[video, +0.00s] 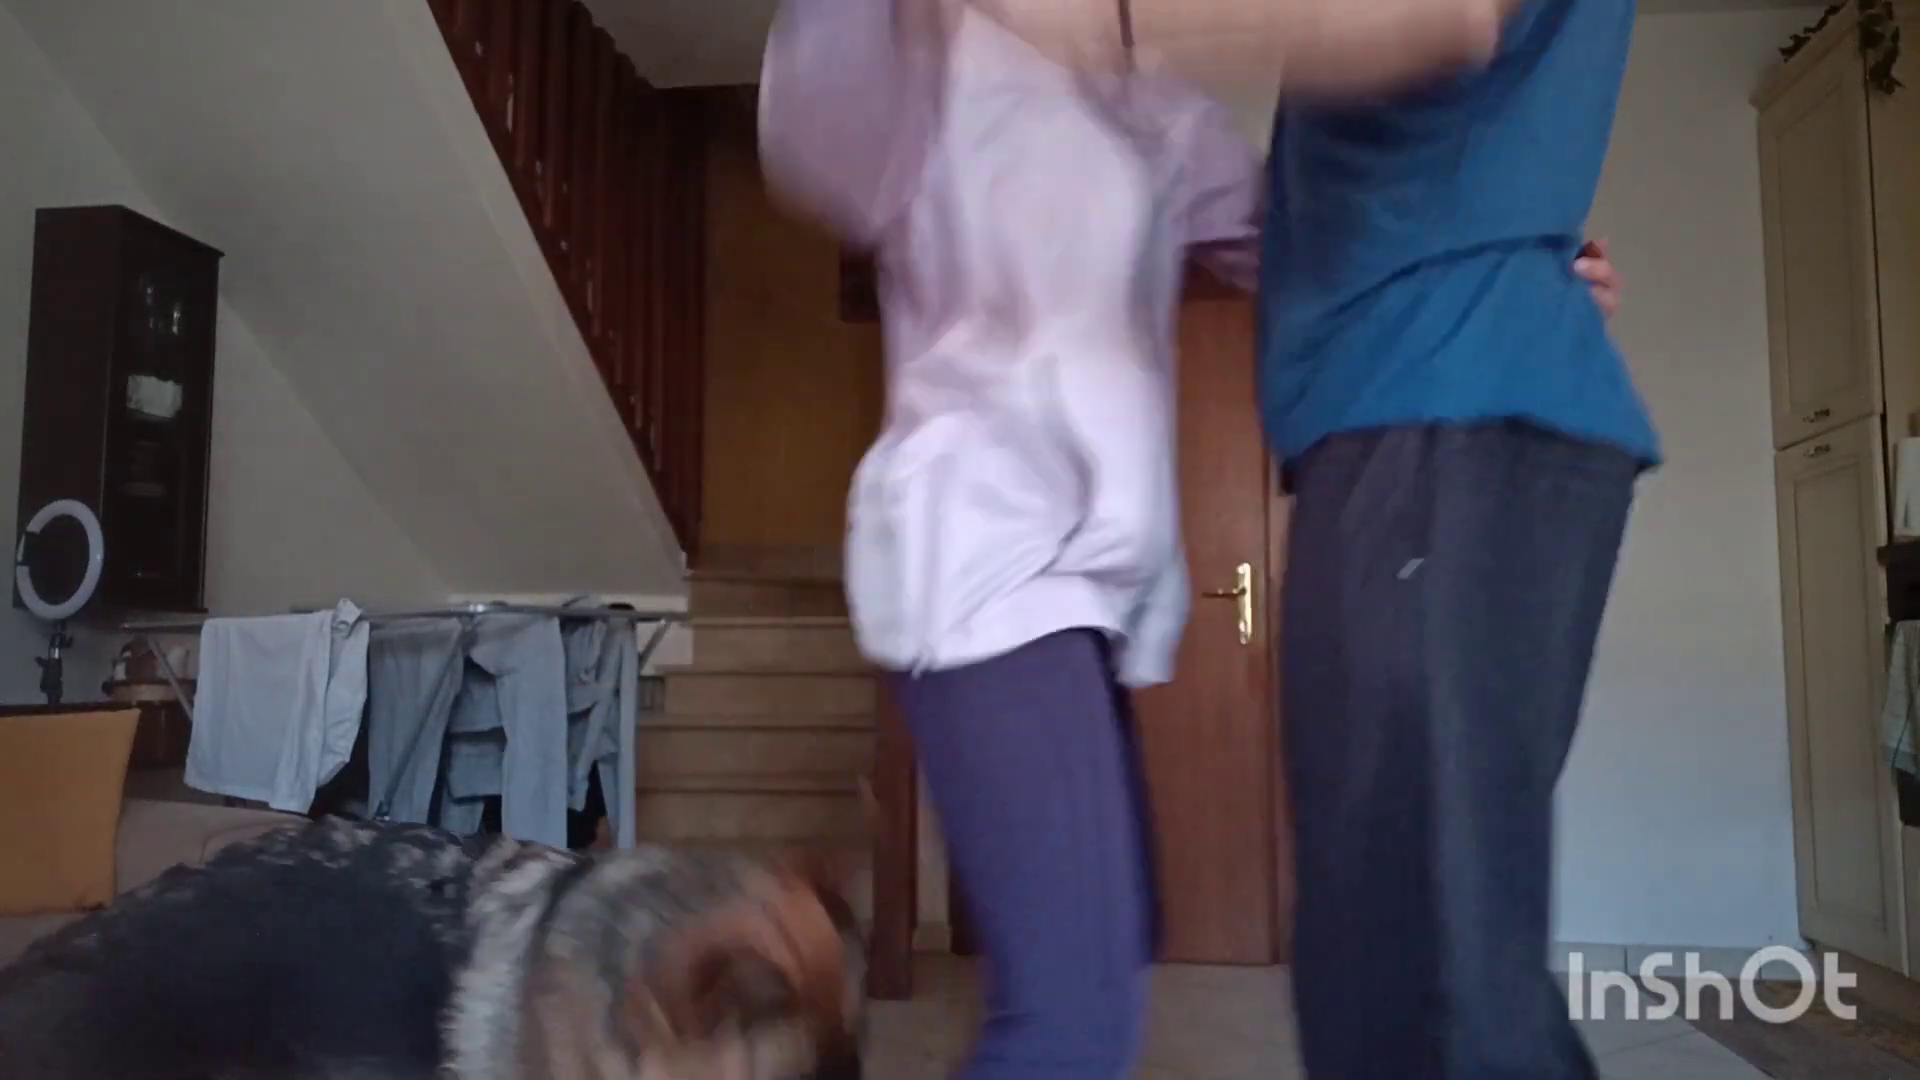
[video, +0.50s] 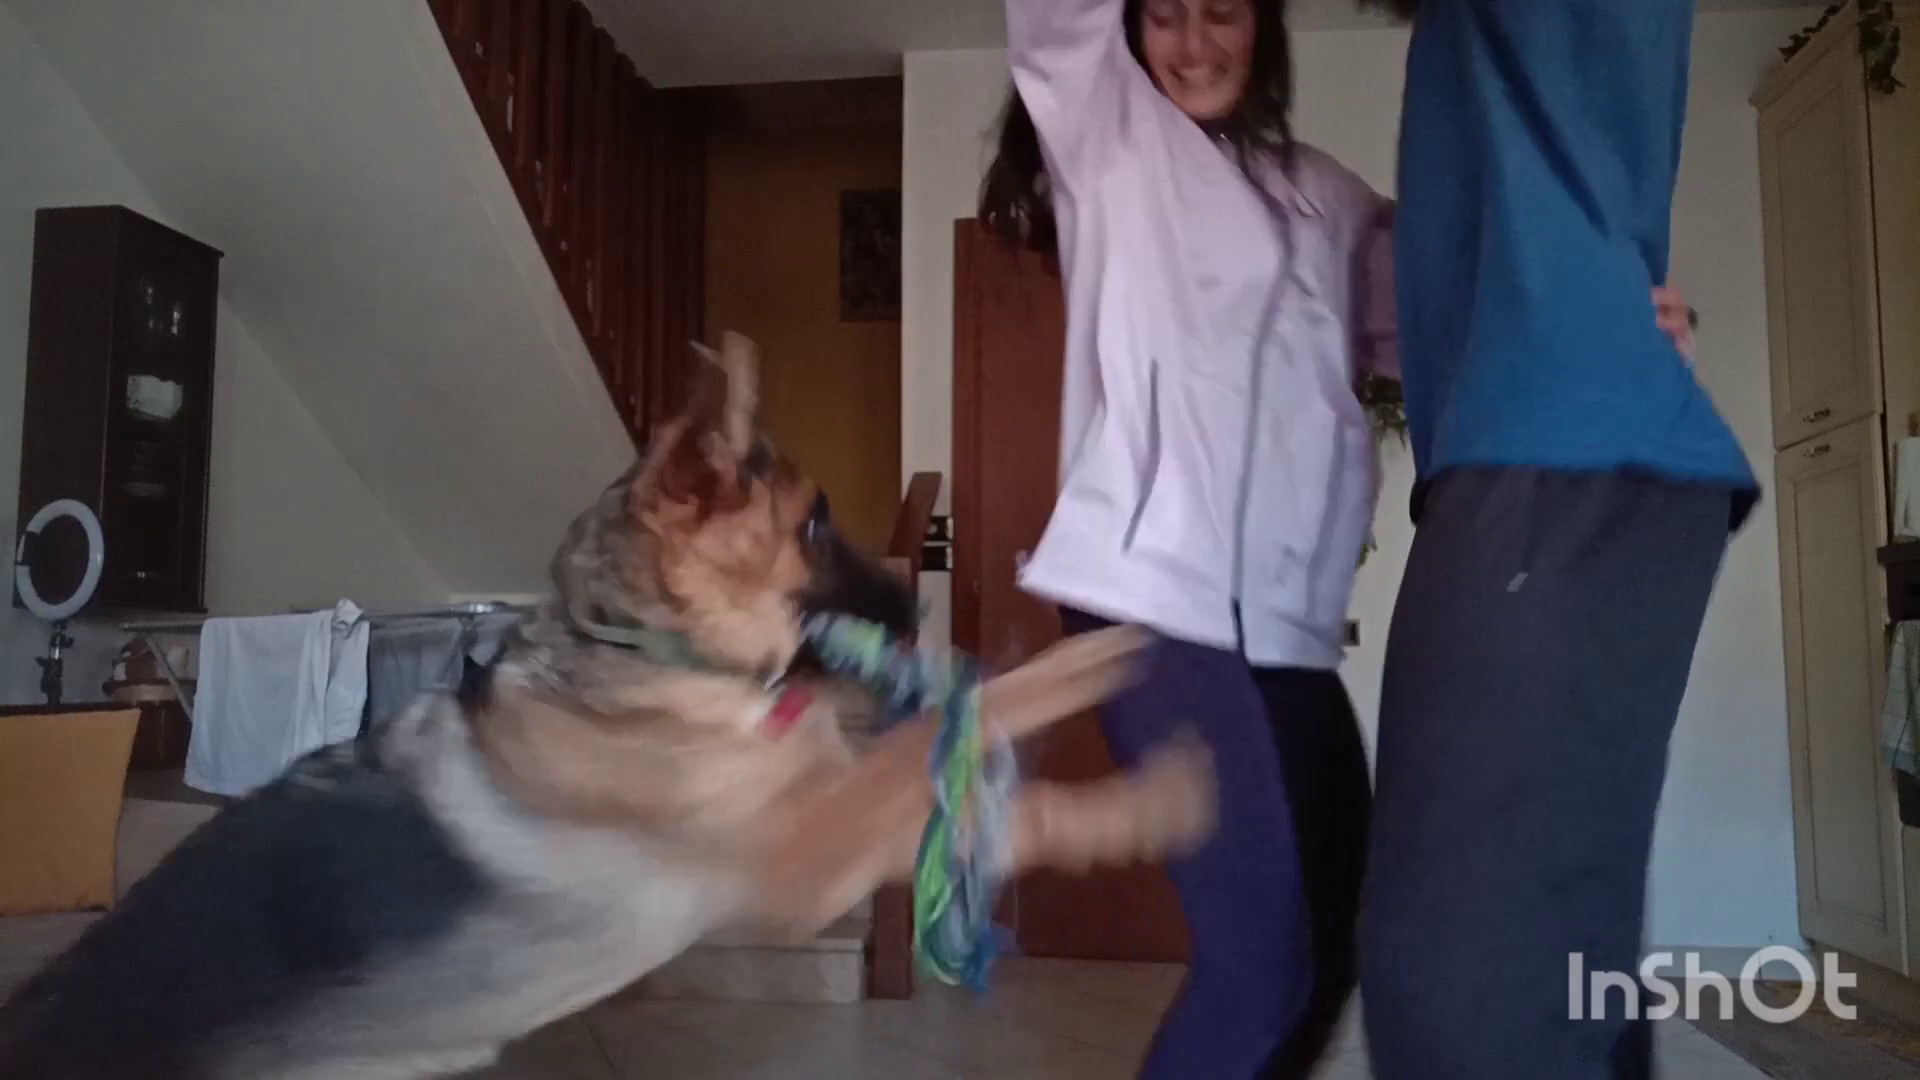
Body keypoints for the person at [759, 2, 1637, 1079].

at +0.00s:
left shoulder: (1151, 96)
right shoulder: (925, 43)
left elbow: (1308, 253)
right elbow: (826, 178)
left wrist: (1527, 269)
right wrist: (876, 2)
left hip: (1091, 568)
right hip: (974, 551)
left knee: (1104, 966)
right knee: (1070, 1006)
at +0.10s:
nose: (1123, 4)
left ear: (1158, 14)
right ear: (1035, 1)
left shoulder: (1205, 181)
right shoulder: (986, 98)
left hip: (1116, 673)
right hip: (1008, 670)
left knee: (1203, 961)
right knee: (1155, 1053)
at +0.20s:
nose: (1132, 81)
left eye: (1157, 44)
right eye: (1092, 50)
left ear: (1199, 62)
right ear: (1045, 70)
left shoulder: (1253, 270)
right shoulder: (1039, 205)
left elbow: (1406, 355)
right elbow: (975, 9)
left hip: (1152, 738)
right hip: (1046, 736)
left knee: (1278, 988)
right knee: (1201, 1058)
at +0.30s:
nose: (1161, 91)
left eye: (1190, 58)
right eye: (1129, 61)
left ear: (1226, 70)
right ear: (1088, 74)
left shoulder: (1277, 263)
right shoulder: (1082, 190)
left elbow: (1432, 362)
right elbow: (1039, 32)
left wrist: (1620, 339)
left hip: (1220, 705)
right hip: (1105, 684)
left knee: (1300, 986)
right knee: (1188, 1045)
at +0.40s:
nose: (1174, 57)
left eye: (1202, 26)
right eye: (1143, 29)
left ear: (1238, 37)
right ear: (1105, 42)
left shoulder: (1291, 216)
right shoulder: (1088, 154)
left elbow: (1434, 346)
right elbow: (1047, 21)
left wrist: (1599, 339)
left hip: (1251, 650)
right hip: (1127, 633)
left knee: (1300, 951)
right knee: (1212, 971)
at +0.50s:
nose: (1196, 40)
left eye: (1222, 13)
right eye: (1166, 15)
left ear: (1262, 29)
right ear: (1130, 30)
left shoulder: (1331, 194)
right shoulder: (1108, 129)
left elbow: (1465, 312)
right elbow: (1050, 13)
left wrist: (1632, 327)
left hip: (1292, 631)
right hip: (1152, 610)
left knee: (1316, 966)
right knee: (1257, 968)